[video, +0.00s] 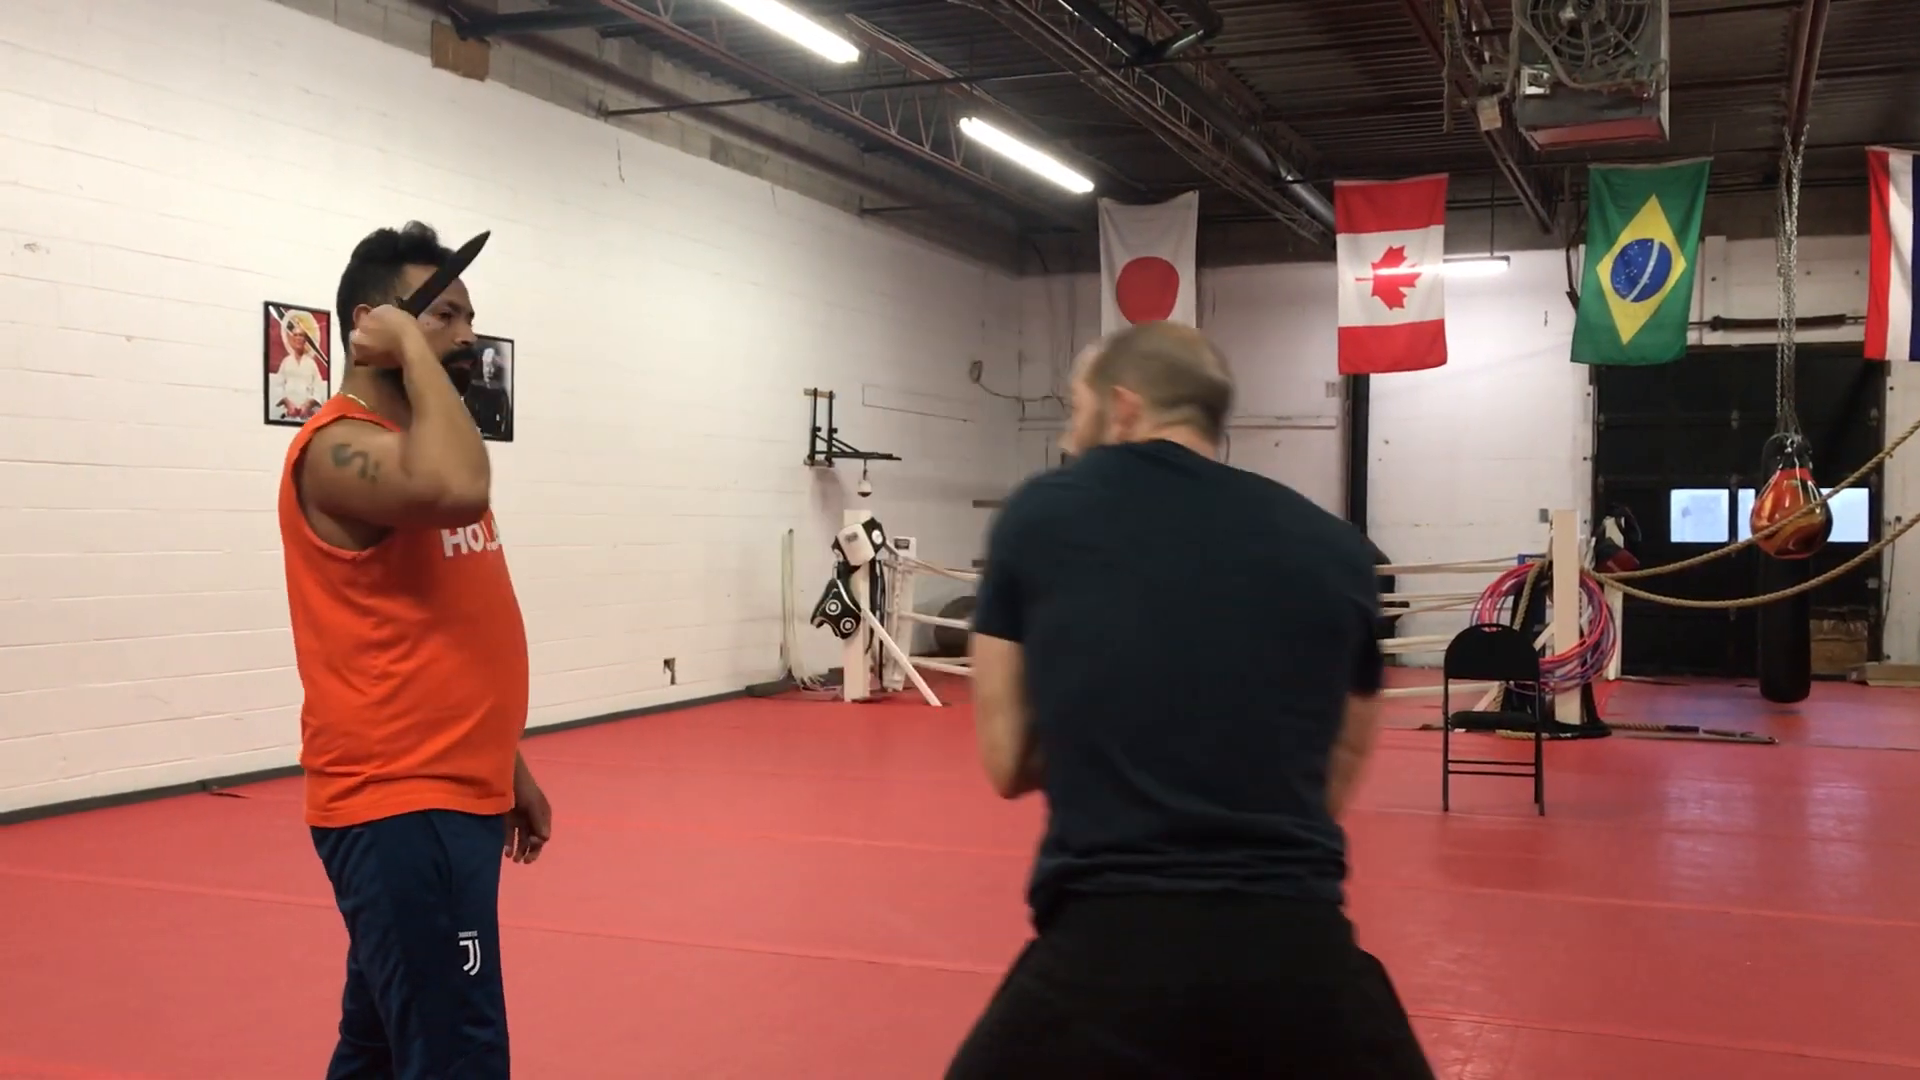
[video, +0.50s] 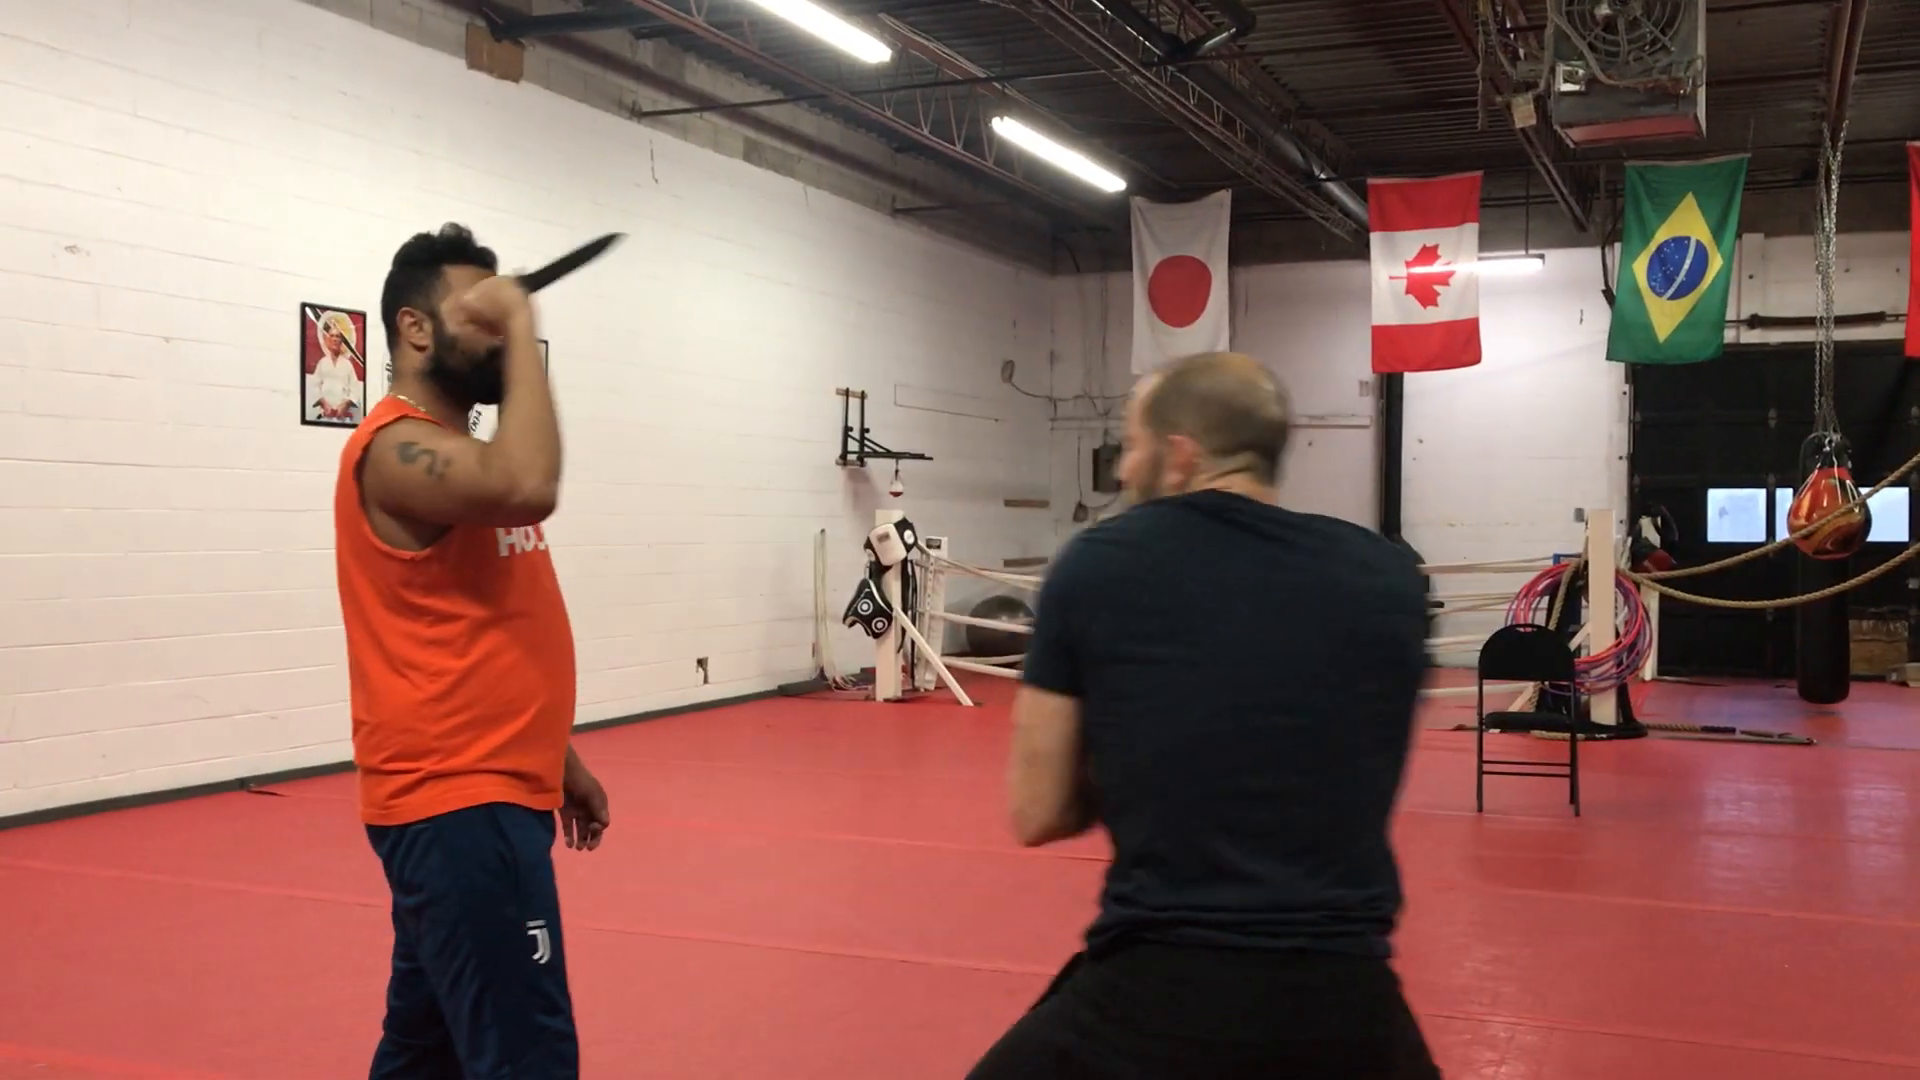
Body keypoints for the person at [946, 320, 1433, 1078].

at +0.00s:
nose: (1068, 430)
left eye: (1075, 406)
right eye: (1068, 406)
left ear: (1122, 406)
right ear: (1215, 420)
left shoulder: (1041, 512)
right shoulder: (1335, 541)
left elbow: (1010, 764)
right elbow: (1336, 783)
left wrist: (1126, 691)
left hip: (1102, 960)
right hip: (1304, 962)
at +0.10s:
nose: (1122, 457)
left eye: (1130, 430)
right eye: (1124, 431)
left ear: (1175, 429)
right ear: (1267, 442)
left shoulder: (1090, 530)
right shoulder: (1385, 565)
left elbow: (1051, 780)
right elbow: (1390, 818)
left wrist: (1184, 743)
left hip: (1135, 979)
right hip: (1344, 987)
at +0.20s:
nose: (1161, 475)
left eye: (1169, 446)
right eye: (1164, 447)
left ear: (1215, 445)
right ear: (1306, 461)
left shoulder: (1126, 544)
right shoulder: (1427, 586)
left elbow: (1081, 794)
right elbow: (1426, 845)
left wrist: (1225, 768)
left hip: (1154, 994)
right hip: (1371, 1007)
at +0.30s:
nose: (1173, 481)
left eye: (1182, 453)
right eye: (1176, 454)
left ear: (1233, 452)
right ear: (1324, 468)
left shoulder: (1141, 552)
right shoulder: (1448, 597)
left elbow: (1095, 804)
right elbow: (1444, 853)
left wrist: (1233, 775)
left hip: (1173, 994)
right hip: (1387, 1016)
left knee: (1010, 1070)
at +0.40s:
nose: (1162, 477)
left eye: (1171, 449)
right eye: (1165, 449)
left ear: (1224, 457)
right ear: (1313, 465)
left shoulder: (1135, 559)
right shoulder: (1435, 590)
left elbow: (1082, 809)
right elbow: (1439, 826)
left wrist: (1223, 785)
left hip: (1172, 997)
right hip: (1380, 1016)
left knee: (1006, 1070)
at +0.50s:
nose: (1120, 470)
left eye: (1129, 447)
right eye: (1123, 447)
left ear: (1181, 456)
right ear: (1268, 458)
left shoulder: (1099, 559)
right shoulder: (1390, 571)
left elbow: (1037, 813)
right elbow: (1362, 783)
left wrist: (1165, 749)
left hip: (1147, 995)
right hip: (1349, 1007)